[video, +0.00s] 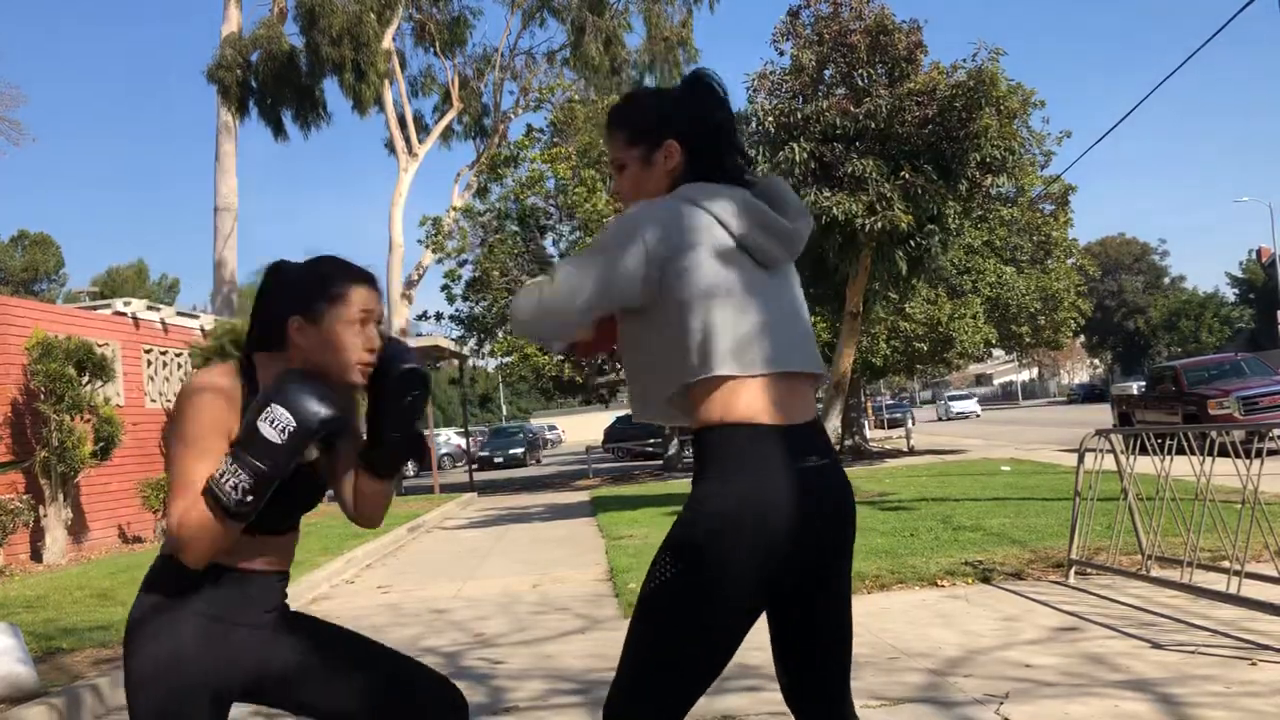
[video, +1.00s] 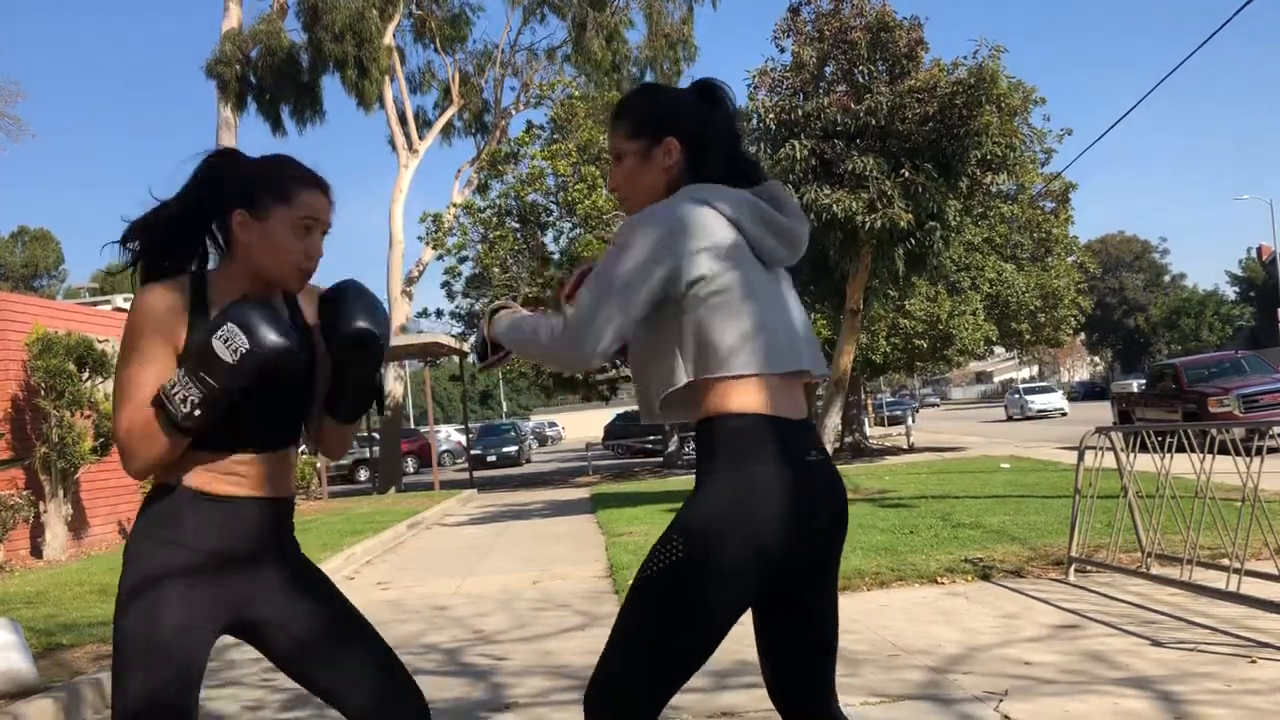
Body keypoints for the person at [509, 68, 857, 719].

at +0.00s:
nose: (614, 186)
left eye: (620, 168)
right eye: (611, 170)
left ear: (669, 155)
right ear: (672, 157)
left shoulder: (656, 226)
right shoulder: (758, 220)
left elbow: (537, 313)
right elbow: (709, 315)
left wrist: (584, 333)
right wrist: (620, 327)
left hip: (738, 490)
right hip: (820, 484)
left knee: (637, 707)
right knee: (824, 702)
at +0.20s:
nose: (620, 178)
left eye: (629, 157)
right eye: (619, 160)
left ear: (679, 152)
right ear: (681, 154)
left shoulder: (707, 219)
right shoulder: (742, 217)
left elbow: (722, 360)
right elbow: (707, 372)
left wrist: (625, 330)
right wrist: (634, 343)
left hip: (754, 492)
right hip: (809, 484)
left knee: (648, 707)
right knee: (821, 701)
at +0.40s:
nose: (624, 179)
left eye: (631, 159)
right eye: (622, 162)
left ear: (680, 151)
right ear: (686, 151)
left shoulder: (693, 225)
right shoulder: (761, 221)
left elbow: (615, 366)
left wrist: (554, 261)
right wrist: (567, 271)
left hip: (748, 497)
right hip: (821, 488)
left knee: (645, 707)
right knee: (819, 702)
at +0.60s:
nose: (623, 174)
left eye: (631, 154)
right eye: (623, 157)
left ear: (680, 149)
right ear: (683, 150)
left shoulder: (704, 219)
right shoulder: (745, 217)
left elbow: (677, 374)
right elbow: (674, 348)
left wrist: (606, 329)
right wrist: (610, 273)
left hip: (748, 493)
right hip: (803, 486)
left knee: (642, 706)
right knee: (810, 702)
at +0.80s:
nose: (618, 175)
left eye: (625, 156)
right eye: (618, 159)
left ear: (672, 153)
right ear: (678, 153)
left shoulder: (672, 223)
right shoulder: (759, 223)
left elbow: (564, 341)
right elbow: (717, 360)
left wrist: (575, 264)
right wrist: (612, 374)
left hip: (740, 489)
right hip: (818, 484)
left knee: (638, 706)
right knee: (820, 703)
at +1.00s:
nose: (609, 179)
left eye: (618, 159)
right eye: (609, 162)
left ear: (669, 155)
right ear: (674, 157)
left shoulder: (666, 225)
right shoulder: (750, 221)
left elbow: (583, 344)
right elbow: (699, 329)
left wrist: (504, 322)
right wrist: (609, 282)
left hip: (741, 489)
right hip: (812, 484)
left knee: (615, 701)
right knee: (810, 702)